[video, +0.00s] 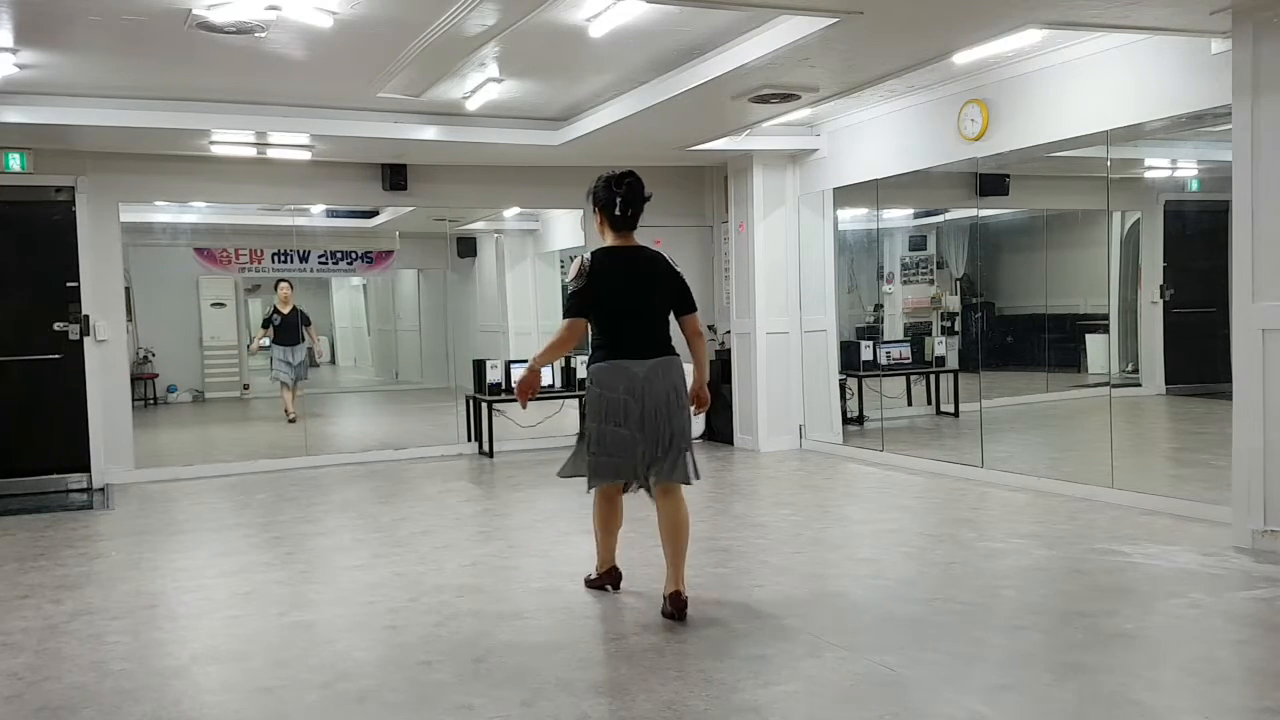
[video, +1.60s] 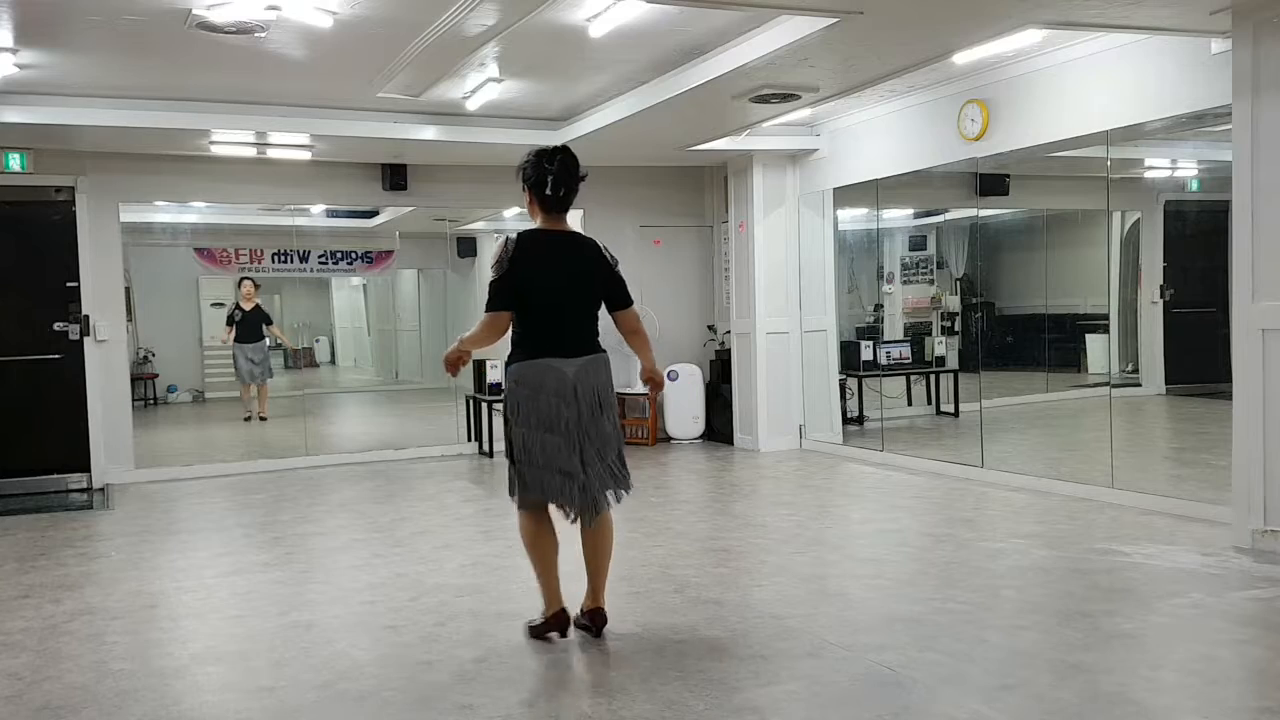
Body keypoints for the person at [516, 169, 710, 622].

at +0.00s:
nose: (592, 219)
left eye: (592, 212)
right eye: (595, 212)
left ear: (599, 215)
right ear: (639, 214)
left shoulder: (591, 266)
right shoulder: (662, 265)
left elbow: (574, 332)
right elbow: (694, 330)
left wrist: (535, 366)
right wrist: (701, 380)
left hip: (610, 379)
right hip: (665, 375)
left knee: (608, 480)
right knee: (668, 482)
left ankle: (607, 568)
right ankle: (676, 590)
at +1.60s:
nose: (523, 198)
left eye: (523, 192)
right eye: (527, 191)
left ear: (529, 196)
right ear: (574, 195)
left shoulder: (515, 251)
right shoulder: (593, 252)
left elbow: (498, 321)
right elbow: (628, 319)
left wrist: (464, 347)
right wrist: (649, 363)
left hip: (532, 379)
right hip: (590, 375)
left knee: (532, 496)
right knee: (593, 492)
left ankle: (554, 609)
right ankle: (595, 605)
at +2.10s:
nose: (456, 195)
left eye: (454, 189)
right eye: (461, 188)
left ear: (458, 195)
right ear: (505, 194)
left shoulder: (440, 251)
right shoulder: (524, 252)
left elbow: (412, 324)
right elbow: (568, 321)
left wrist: (390, 330)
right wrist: (607, 372)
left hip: (463, 380)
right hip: (523, 379)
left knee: (465, 503)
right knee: (548, 490)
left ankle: (472, 623)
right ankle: (586, 596)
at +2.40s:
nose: (428, 198)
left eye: (424, 191)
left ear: (424, 197)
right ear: (473, 195)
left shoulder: (408, 254)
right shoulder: (494, 252)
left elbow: (376, 320)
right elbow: (538, 320)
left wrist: (356, 358)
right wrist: (584, 371)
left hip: (430, 383)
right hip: (493, 382)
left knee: (448, 508)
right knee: (503, 500)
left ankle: (472, 623)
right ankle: (504, 612)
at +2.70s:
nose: (405, 201)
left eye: (400, 194)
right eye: (436, 191)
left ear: (399, 199)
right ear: (450, 196)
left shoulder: (382, 258)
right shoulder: (474, 254)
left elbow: (348, 332)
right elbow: (517, 323)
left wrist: (312, 394)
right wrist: (555, 373)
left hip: (401, 393)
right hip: (462, 392)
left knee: (442, 511)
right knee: (453, 517)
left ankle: (469, 621)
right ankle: (424, 643)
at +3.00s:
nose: (385, 195)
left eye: (376, 187)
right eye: (408, 186)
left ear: (373, 192)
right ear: (425, 190)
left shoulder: (354, 254)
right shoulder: (448, 249)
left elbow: (314, 326)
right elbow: (493, 319)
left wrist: (274, 391)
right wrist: (513, 367)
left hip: (375, 389)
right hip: (442, 385)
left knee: (392, 519)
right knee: (440, 522)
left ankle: (396, 636)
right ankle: (420, 655)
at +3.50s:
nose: (313, 188)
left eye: (307, 180)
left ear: (306, 186)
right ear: (362, 188)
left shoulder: (287, 248)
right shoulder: (381, 254)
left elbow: (247, 323)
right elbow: (434, 324)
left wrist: (209, 353)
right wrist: (484, 380)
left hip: (309, 392)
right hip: (375, 392)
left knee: (328, 529)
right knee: (383, 518)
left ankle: (350, 661)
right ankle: (405, 633)